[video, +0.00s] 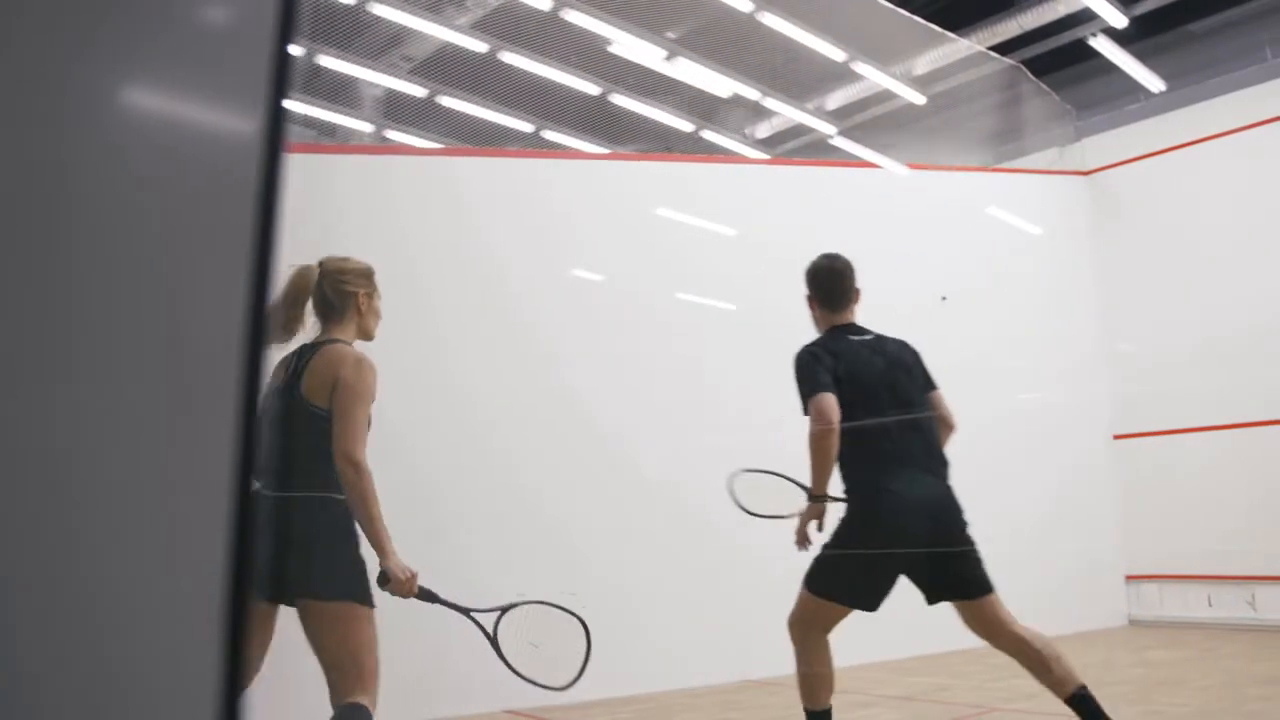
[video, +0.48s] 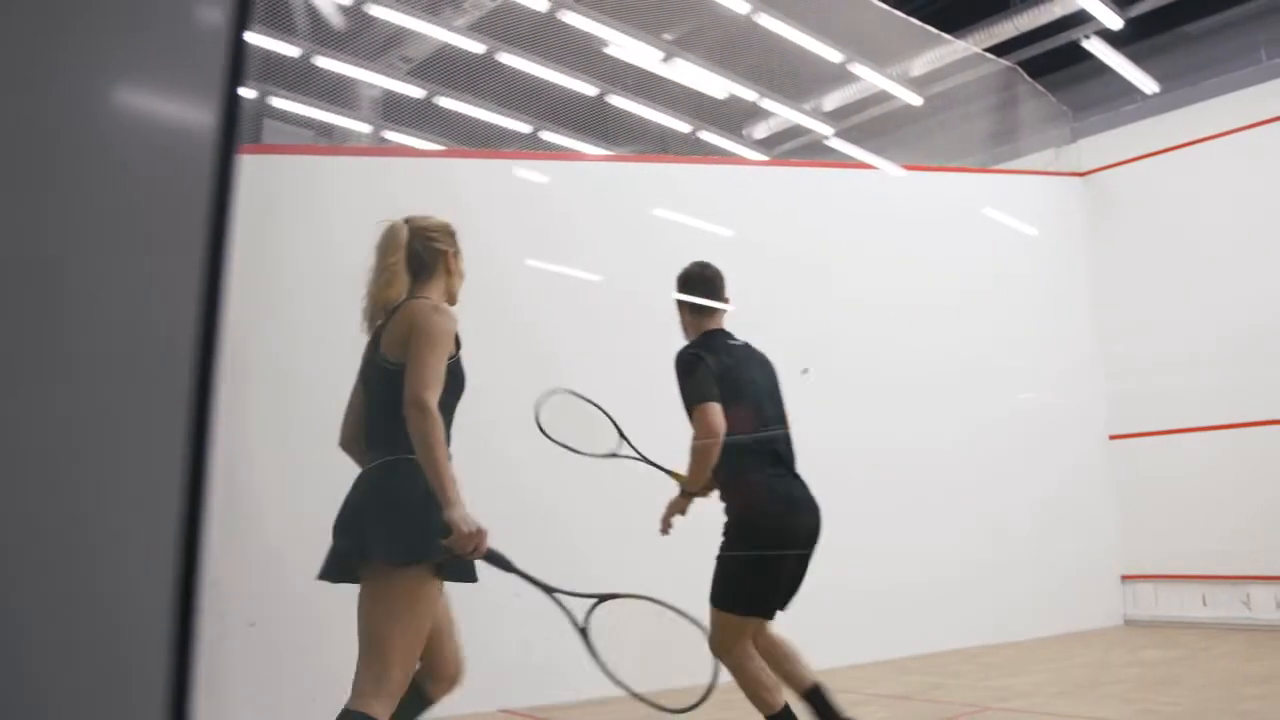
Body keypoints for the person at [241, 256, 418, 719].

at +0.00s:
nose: (381, 310)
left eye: (379, 299)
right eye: (377, 299)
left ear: (323, 304)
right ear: (361, 302)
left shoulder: (284, 365)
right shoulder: (353, 365)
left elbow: (265, 455)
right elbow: (350, 461)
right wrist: (388, 556)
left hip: (260, 530)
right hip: (317, 535)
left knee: (235, 673)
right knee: (355, 693)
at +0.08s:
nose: (390, 302)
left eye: (389, 292)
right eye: (388, 291)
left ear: (336, 296)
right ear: (372, 293)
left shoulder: (302, 356)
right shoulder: (365, 356)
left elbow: (272, 461)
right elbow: (355, 453)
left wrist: (337, 491)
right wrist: (389, 548)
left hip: (278, 524)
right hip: (338, 526)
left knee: (238, 677)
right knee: (362, 695)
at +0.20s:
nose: (410, 292)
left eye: (408, 281)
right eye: (407, 281)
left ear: (354, 287)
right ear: (392, 283)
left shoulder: (328, 347)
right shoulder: (383, 342)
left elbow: (295, 456)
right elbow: (369, 434)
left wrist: (350, 501)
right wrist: (396, 532)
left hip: (306, 524)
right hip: (360, 527)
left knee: (288, 676)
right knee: (373, 695)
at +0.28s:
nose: (426, 284)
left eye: (423, 273)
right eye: (422, 274)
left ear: (367, 280)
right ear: (409, 275)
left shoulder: (346, 339)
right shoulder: (397, 332)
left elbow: (312, 450)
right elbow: (381, 423)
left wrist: (365, 508)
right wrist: (406, 522)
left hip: (326, 521)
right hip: (375, 521)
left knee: (327, 679)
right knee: (375, 696)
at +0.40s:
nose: (447, 275)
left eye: (445, 265)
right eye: (445, 265)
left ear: (393, 269)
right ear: (433, 265)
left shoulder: (371, 330)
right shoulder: (419, 321)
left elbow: (335, 441)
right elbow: (403, 412)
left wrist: (389, 494)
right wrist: (432, 510)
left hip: (365, 501)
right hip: (395, 503)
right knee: (379, 685)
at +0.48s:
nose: (463, 269)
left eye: (460, 260)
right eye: (460, 260)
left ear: (407, 263)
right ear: (449, 261)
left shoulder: (389, 324)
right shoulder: (435, 318)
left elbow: (352, 437)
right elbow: (420, 405)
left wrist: (413, 494)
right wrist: (455, 506)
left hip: (382, 502)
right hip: (407, 505)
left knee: (443, 671)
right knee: (378, 692)